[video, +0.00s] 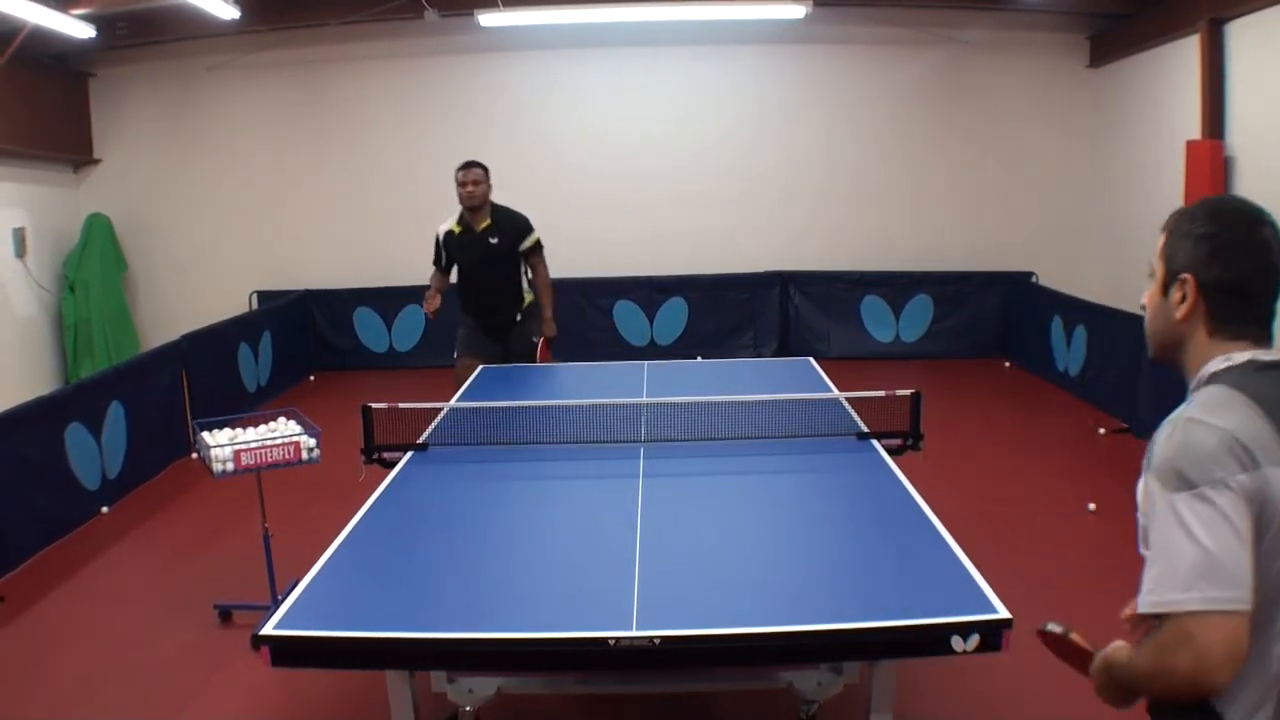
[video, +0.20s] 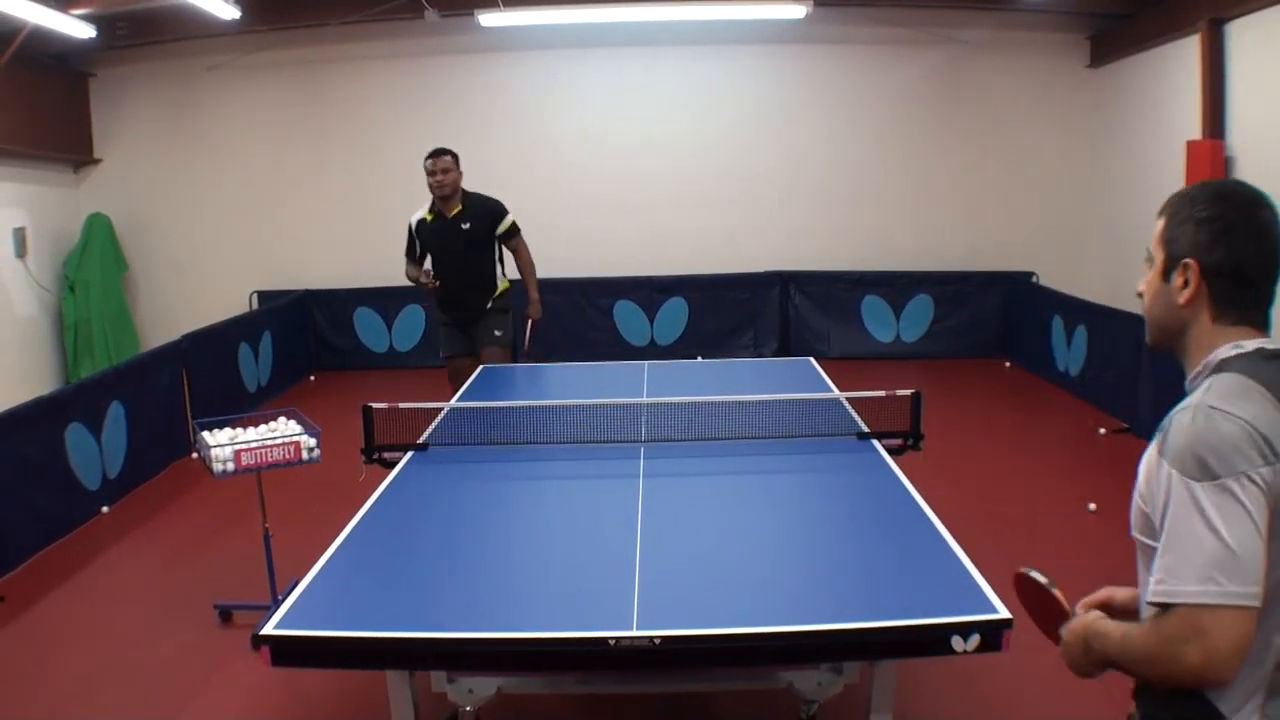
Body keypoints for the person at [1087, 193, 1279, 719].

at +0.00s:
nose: (1143, 299)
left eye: (1152, 279)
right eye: (1149, 278)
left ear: (1185, 295)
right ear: (1259, 294)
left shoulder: (1200, 433)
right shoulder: (1267, 391)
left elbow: (1209, 653)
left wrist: (1125, 670)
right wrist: (1174, 601)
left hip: (1235, 710)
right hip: (1263, 701)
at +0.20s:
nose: (1140, 286)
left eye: (1152, 264)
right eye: (1146, 263)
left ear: (1186, 282)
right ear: (1256, 280)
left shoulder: (1213, 421)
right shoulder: (1261, 388)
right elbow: (1255, 590)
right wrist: (1146, 603)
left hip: (1210, 710)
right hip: (1252, 702)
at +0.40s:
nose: (1020, 392)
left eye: (1018, 377)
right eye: (1017, 376)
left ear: (1039, 381)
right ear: (1125, 361)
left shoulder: (1061, 472)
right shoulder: (1241, 446)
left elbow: (1031, 682)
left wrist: (1001, 668)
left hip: (1148, 709)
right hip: (1264, 706)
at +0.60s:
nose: (1023, 394)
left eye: (1020, 377)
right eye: (1019, 377)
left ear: (1043, 380)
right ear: (1128, 360)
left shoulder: (1073, 468)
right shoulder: (1238, 443)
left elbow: (1061, 676)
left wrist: (1018, 668)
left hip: (1156, 711)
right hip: (1266, 705)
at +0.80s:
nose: (1033, 380)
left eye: (1031, 363)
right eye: (1029, 363)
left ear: (1056, 365)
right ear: (1135, 346)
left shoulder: (1087, 458)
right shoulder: (1239, 428)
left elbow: (1082, 663)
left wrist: (1028, 661)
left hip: (1175, 707)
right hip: (1266, 701)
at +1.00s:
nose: (1038, 361)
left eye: (1037, 344)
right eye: (1037, 344)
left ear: (1059, 346)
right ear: (1142, 330)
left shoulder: (1088, 443)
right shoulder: (1239, 419)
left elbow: (1072, 649)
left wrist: (1012, 636)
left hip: (1162, 705)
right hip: (1265, 700)